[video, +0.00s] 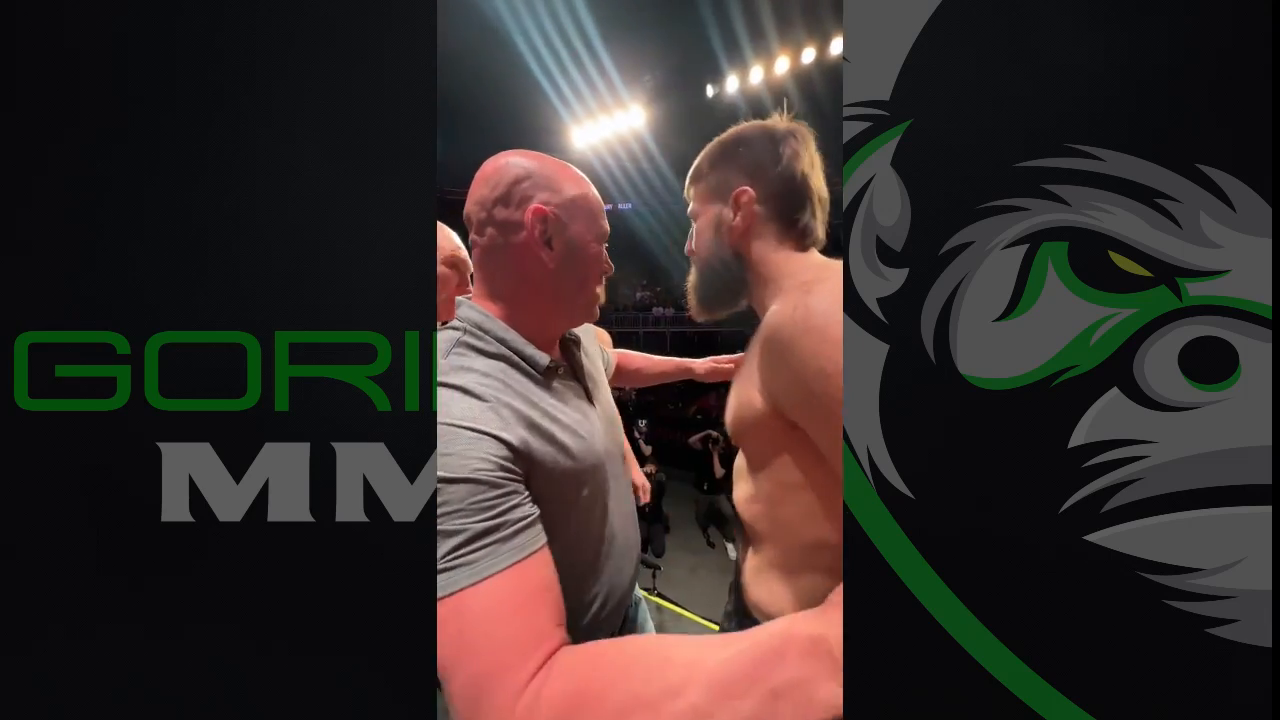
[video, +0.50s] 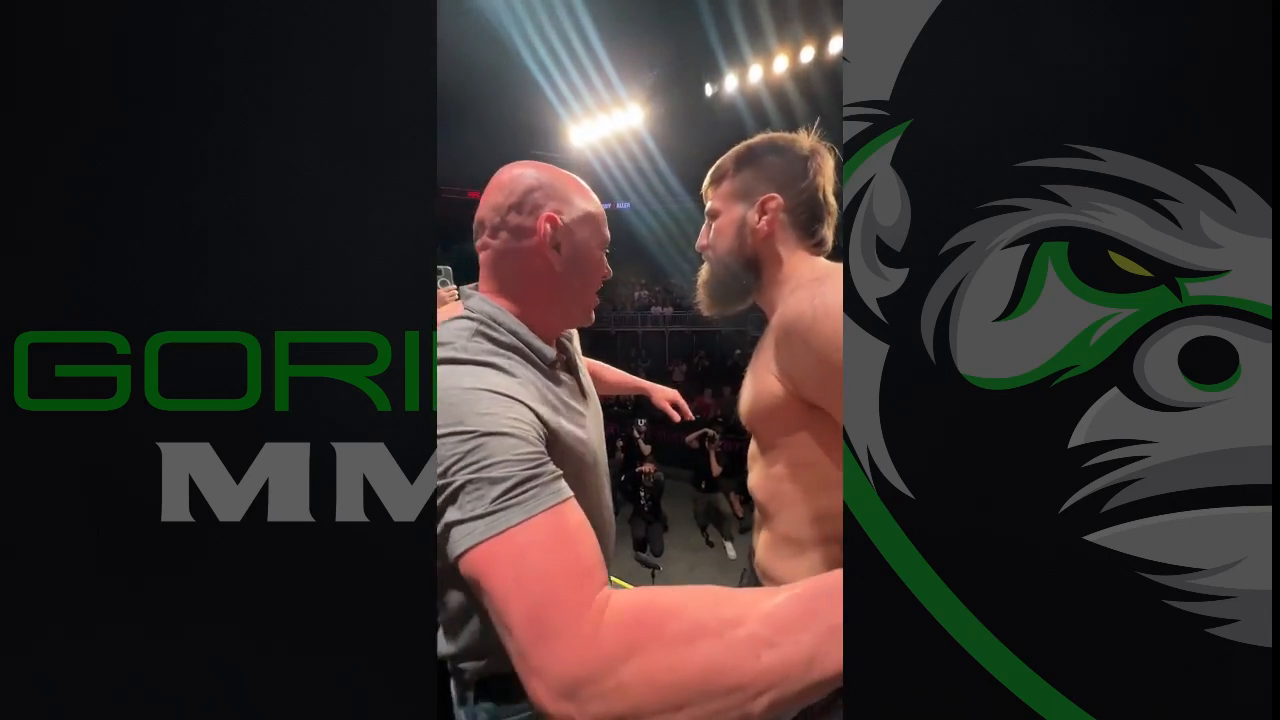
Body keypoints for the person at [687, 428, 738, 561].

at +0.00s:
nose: (714, 444)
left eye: (717, 442)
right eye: (712, 442)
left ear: (722, 444)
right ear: (709, 442)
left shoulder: (725, 455)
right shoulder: (704, 451)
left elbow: (719, 474)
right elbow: (691, 442)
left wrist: (715, 453)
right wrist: (706, 433)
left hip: (718, 491)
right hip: (703, 490)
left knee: (728, 515)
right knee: (701, 517)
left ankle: (729, 540)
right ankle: (706, 536)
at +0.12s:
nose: (712, 442)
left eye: (715, 440)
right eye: (711, 439)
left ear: (720, 442)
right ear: (707, 440)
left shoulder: (722, 455)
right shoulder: (702, 450)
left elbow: (717, 473)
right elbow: (689, 441)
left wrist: (713, 452)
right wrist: (704, 432)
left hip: (717, 490)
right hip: (701, 490)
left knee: (727, 514)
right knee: (700, 515)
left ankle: (727, 540)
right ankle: (704, 533)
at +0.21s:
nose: (712, 442)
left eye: (714, 440)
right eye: (710, 439)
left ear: (719, 442)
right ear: (706, 440)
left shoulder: (721, 454)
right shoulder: (700, 450)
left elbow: (716, 472)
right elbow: (688, 440)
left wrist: (712, 452)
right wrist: (703, 431)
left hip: (715, 489)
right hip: (700, 489)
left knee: (726, 513)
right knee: (699, 516)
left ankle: (727, 539)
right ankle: (703, 531)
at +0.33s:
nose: (710, 442)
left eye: (713, 440)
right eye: (709, 439)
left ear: (718, 442)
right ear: (705, 440)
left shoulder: (719, 454)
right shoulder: (699, 450)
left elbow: (715, 472)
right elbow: (687, 440)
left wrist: (711, 451)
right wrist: (702, 430)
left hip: (714, 489)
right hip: (698, 489)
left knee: (726, 512)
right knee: (699, 515)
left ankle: (726, 539)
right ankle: (702, 531)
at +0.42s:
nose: (710, 442)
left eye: (713, 440)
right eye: (709, 439)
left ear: (718, 442)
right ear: (705, 440)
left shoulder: (720, 455)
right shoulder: (699, 450)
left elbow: (715, 472)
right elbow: (687, 440)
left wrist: (711, 451)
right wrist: (703, 430)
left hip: (714, 489)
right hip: (699, 489)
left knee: (726, 512)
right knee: (699, 515)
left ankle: (727, 539)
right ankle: (703, 532)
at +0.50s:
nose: (711, 442)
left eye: (714, 439)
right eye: (709, 439)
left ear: (719, 442)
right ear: (706, 439)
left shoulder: (720, 455)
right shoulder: (700, 450)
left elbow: (716, 472)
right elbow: (688, 440)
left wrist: (711, 452)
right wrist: (703, 431)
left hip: (715, 490)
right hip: (699, 490)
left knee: (726, 513)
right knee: (700, 517)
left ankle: (727, 540)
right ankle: (704, 533)